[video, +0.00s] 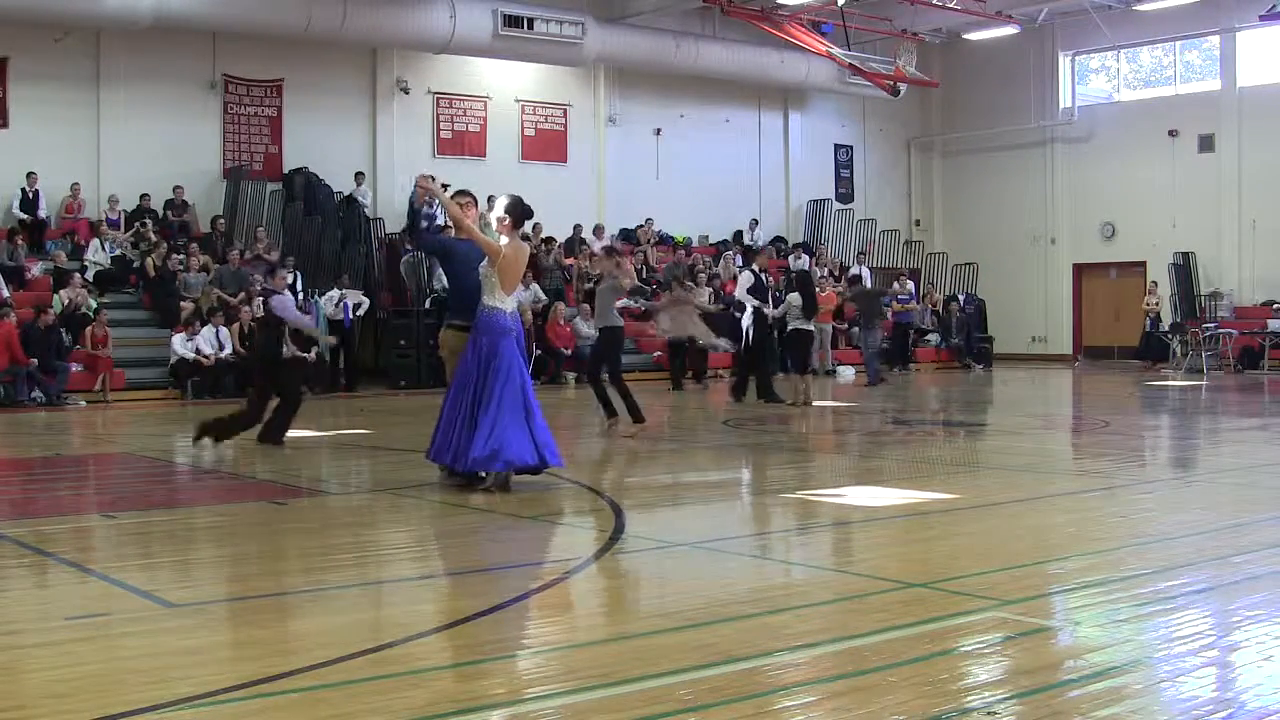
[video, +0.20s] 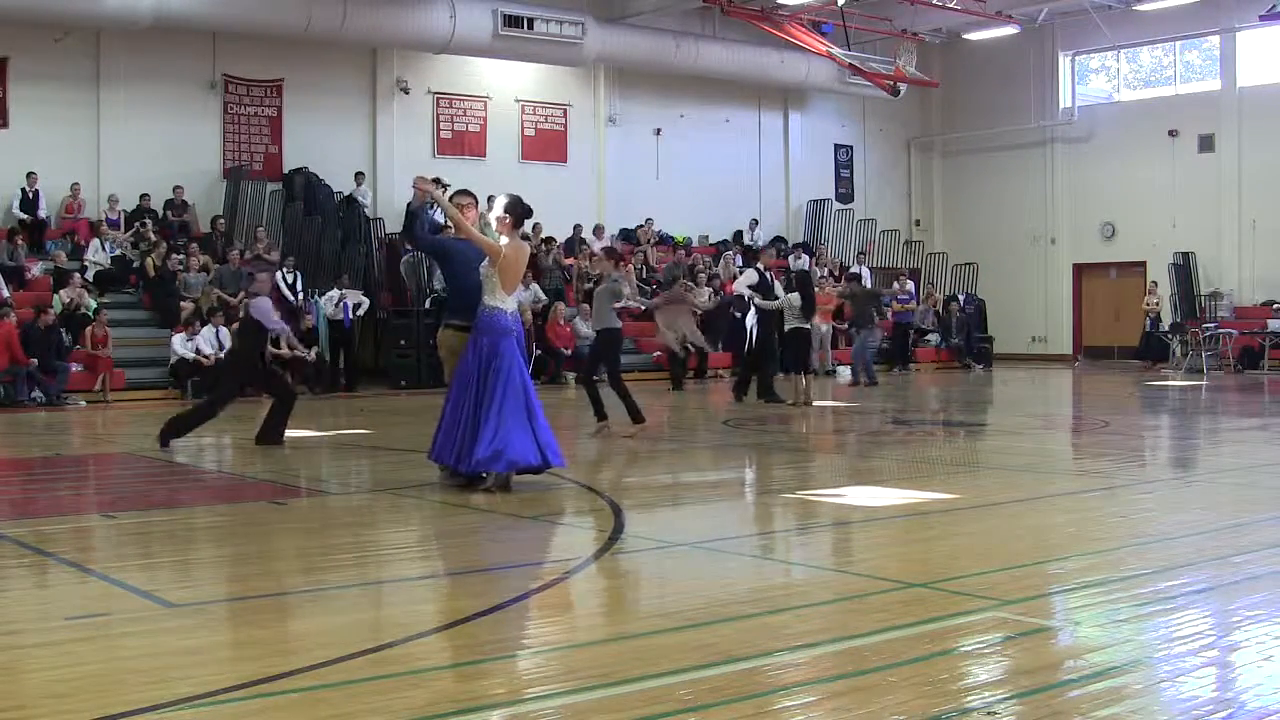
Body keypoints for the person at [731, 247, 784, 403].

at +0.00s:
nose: (767, 261)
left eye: (767, 258)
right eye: (765, 257)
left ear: (762, 259)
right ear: (757, 258)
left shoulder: (763, 277)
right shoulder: (747, 274)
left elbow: (766, 298)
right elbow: (740, 294)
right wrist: (759, 304)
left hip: (764, 317)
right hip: (752, 317)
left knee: (764, 354)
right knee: (751, 353)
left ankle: (766, 391)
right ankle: (738, 389)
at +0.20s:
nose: (773, 260)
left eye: (774, 257)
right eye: (770, 257)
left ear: (774, 259)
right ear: (761, 257)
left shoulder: (771, 277)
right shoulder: (753, 273)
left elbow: (781, 295)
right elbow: (737, 286)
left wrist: (790, 306)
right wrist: (753, 295)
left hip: (770, 321)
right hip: (756, 320)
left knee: (768, 355)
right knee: (754, 355)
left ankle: (767, 391)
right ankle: (740, 388)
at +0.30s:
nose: (775, 259)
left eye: (775, 257)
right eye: (772, 256)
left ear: (773, 259)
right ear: (763, 256)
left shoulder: (773, 276)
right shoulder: (754, 273)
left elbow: (787, 289)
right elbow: (737, 287)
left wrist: (797, 299)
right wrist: (752, 293)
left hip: (771, 320)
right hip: (757, 320)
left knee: (765, 354)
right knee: (759, 354)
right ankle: (740, 388)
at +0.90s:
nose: (782, 255)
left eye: (782, 252)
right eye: (778, 252)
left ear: (779, 255)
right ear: (768, 254)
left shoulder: (781, 274)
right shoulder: (761, 272)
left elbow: (785, 293)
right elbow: (744, 286)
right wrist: (752, 275)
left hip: (778, 319)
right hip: (764, 318)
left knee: (777, 356)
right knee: (761, 355)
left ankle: (770, 392)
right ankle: (746, 389)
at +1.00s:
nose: (782, 255)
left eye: (781, 252)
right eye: (778, 252)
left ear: (778, 255)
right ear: (768, 254)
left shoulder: (781, 275)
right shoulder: (762, 274)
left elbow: (784, 295)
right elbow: (763, 299)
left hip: (779, 320)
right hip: (766, 320)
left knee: (778, 357)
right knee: (766, 355)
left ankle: (771, 392)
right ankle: (749, 388)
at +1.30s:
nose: (782, 257)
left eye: (782, 254)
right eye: (779, 254)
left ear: (780, 257)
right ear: (769, 256)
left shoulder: (783, 276)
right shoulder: (763, 276)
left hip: (782, 318)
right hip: (768, 319)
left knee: (782, 354)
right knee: (776, 354)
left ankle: (775, 392)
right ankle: (771, 393)